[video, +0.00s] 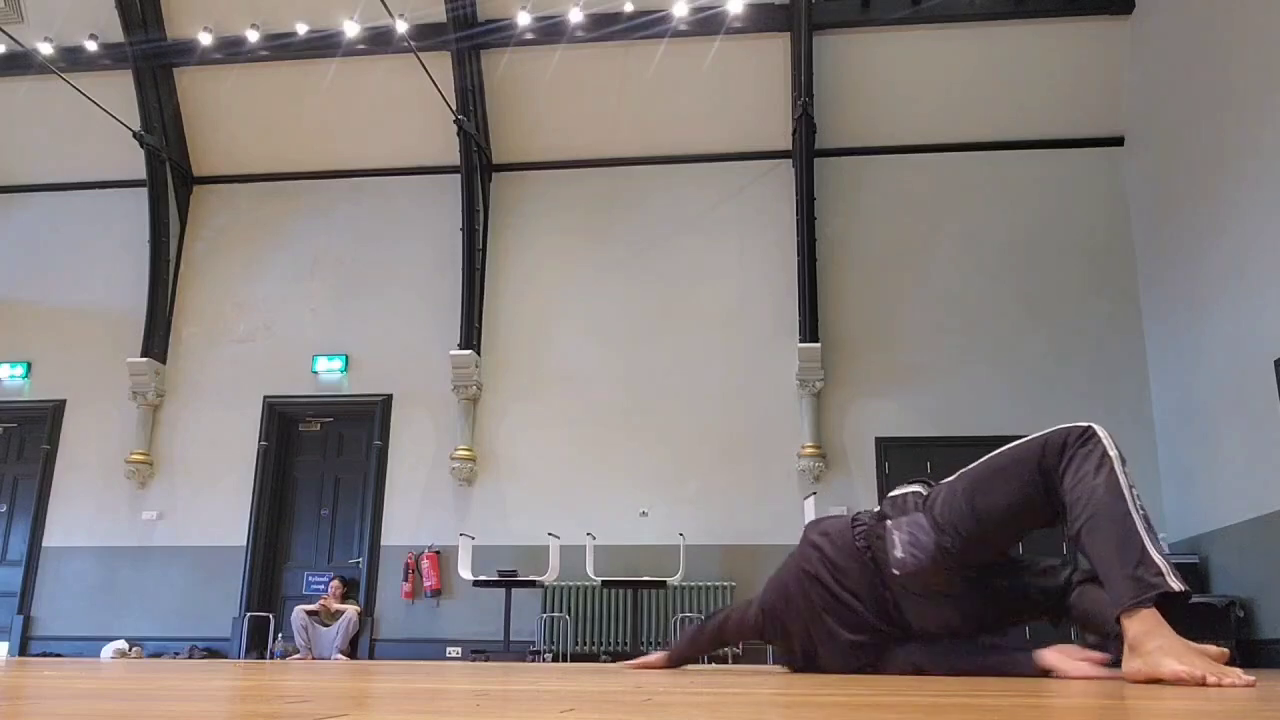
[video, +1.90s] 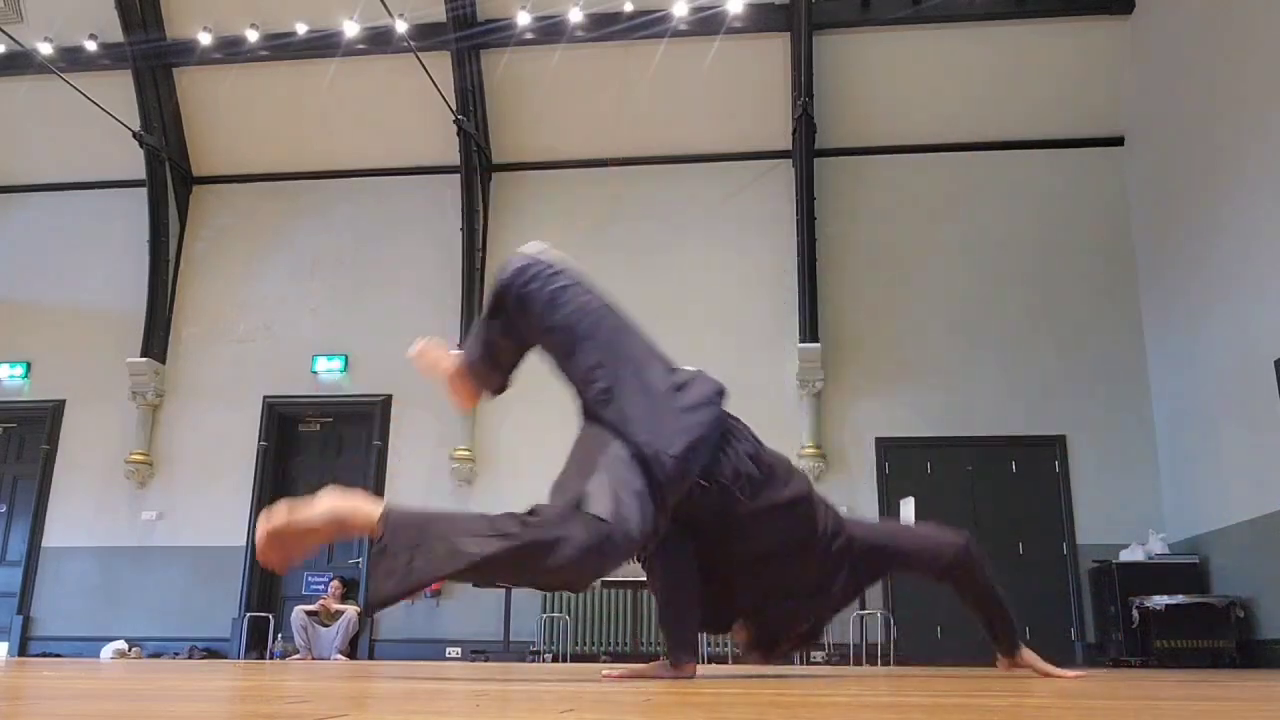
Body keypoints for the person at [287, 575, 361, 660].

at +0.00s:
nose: (333, 591)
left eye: (337, 588)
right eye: (331, 588)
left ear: (344, 590)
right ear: (328, 589)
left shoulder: (348, 602)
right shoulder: (323, 602)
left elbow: (357, 610)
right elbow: (297, 608)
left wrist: (334, 606)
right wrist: (316, 607)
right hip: (316, 637)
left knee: (352, 614)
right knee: (297, 612)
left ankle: (336, 653)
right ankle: (304, 653)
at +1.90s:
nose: (333, 591)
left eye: (337, 589)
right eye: (331, 588)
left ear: (343, 591)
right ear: (328, 589)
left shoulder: (348, 603)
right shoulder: (323, 602)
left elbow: (356, 610)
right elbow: (296, 608)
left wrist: (333, 606)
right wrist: (314, 607)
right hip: (316, 636)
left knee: (352, 614)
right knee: (297, 612)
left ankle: (336, 653)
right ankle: (304, 653)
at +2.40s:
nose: (333, 591)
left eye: (337, 589)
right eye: (331, 588)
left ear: (343, 591)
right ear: (327, 590)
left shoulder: (348, 604)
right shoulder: (322, 604)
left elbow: (357, 610)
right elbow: (297, 609)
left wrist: (334, 606)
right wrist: (316, 608)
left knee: (352, 614)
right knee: (296, 612)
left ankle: (336, 653)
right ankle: (304, 653)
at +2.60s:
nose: (321, 607)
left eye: (324, 606)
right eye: (321, 606)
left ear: (333, 609)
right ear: (318, 607)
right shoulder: (308, 623)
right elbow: (297, 610)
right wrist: (314, 608)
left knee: (349, 619)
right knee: (297, 612)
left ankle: (336, 654)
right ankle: (304, 653)